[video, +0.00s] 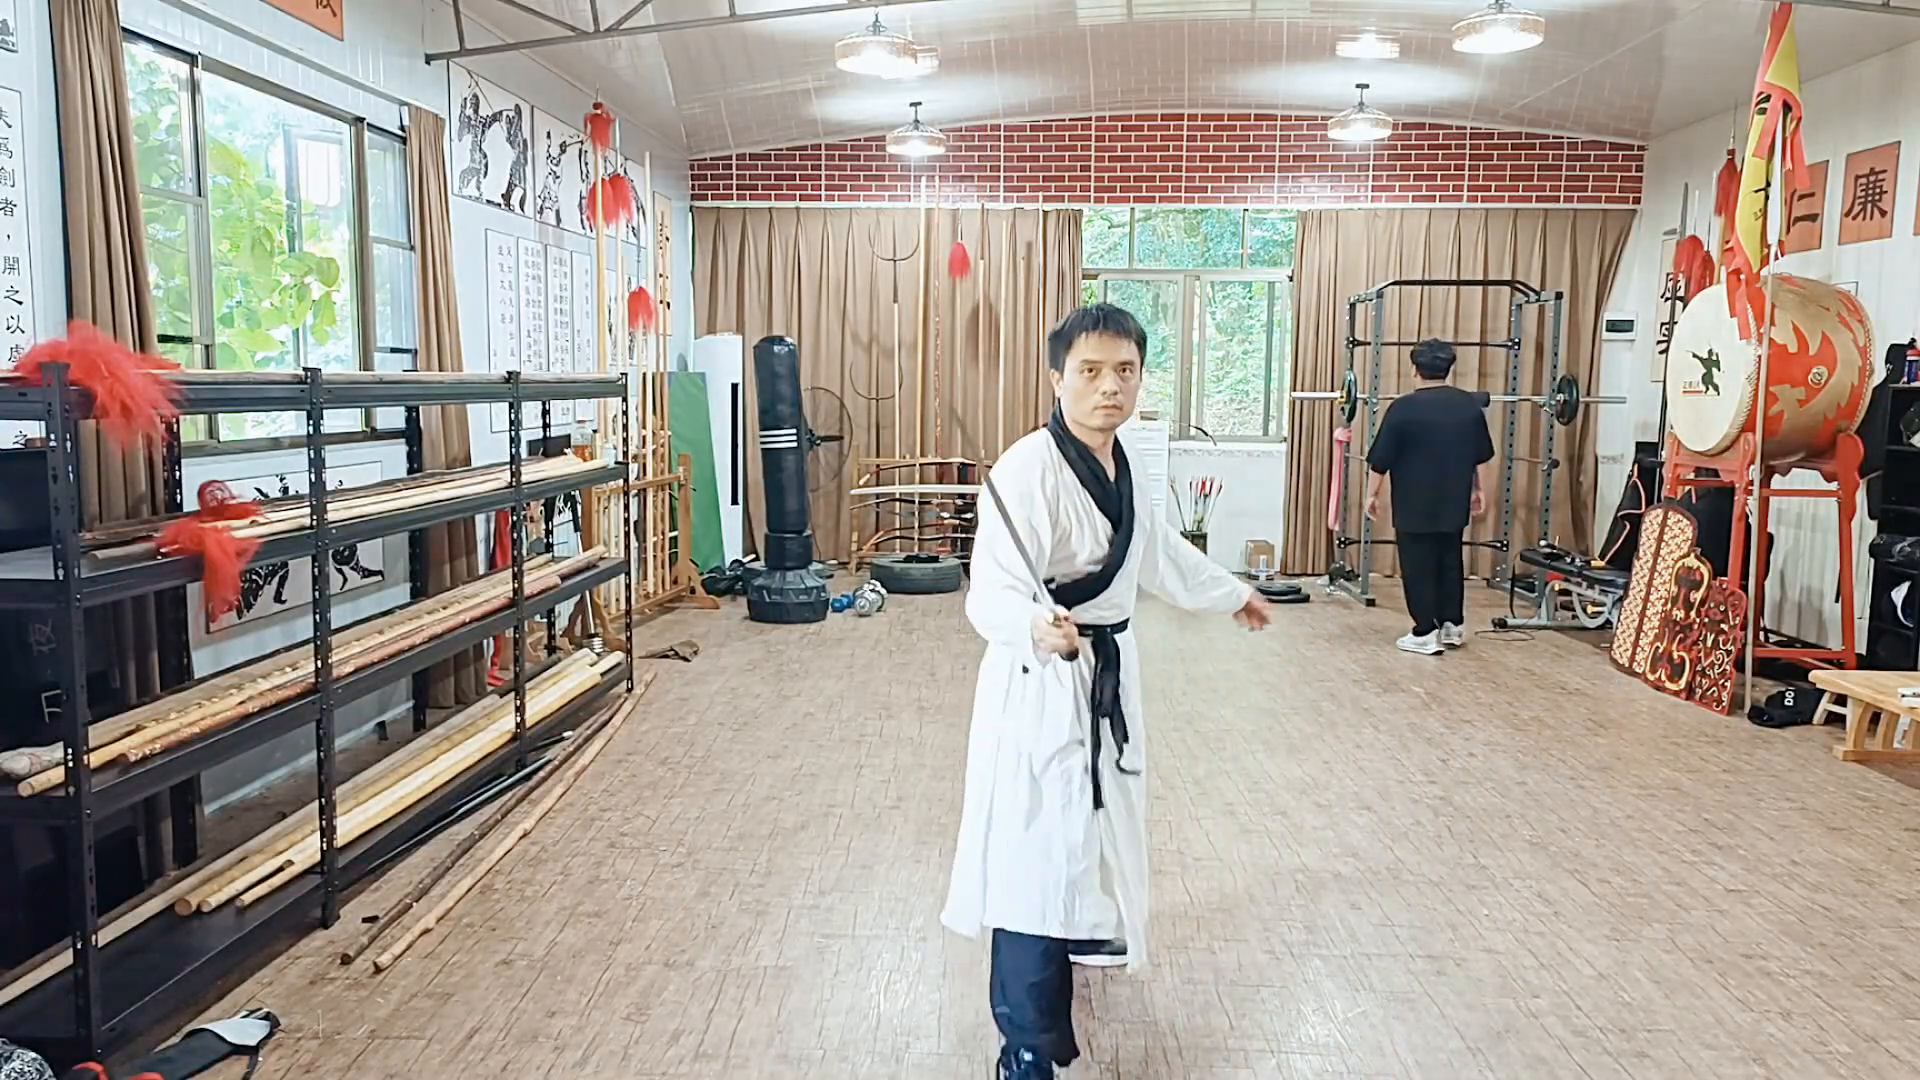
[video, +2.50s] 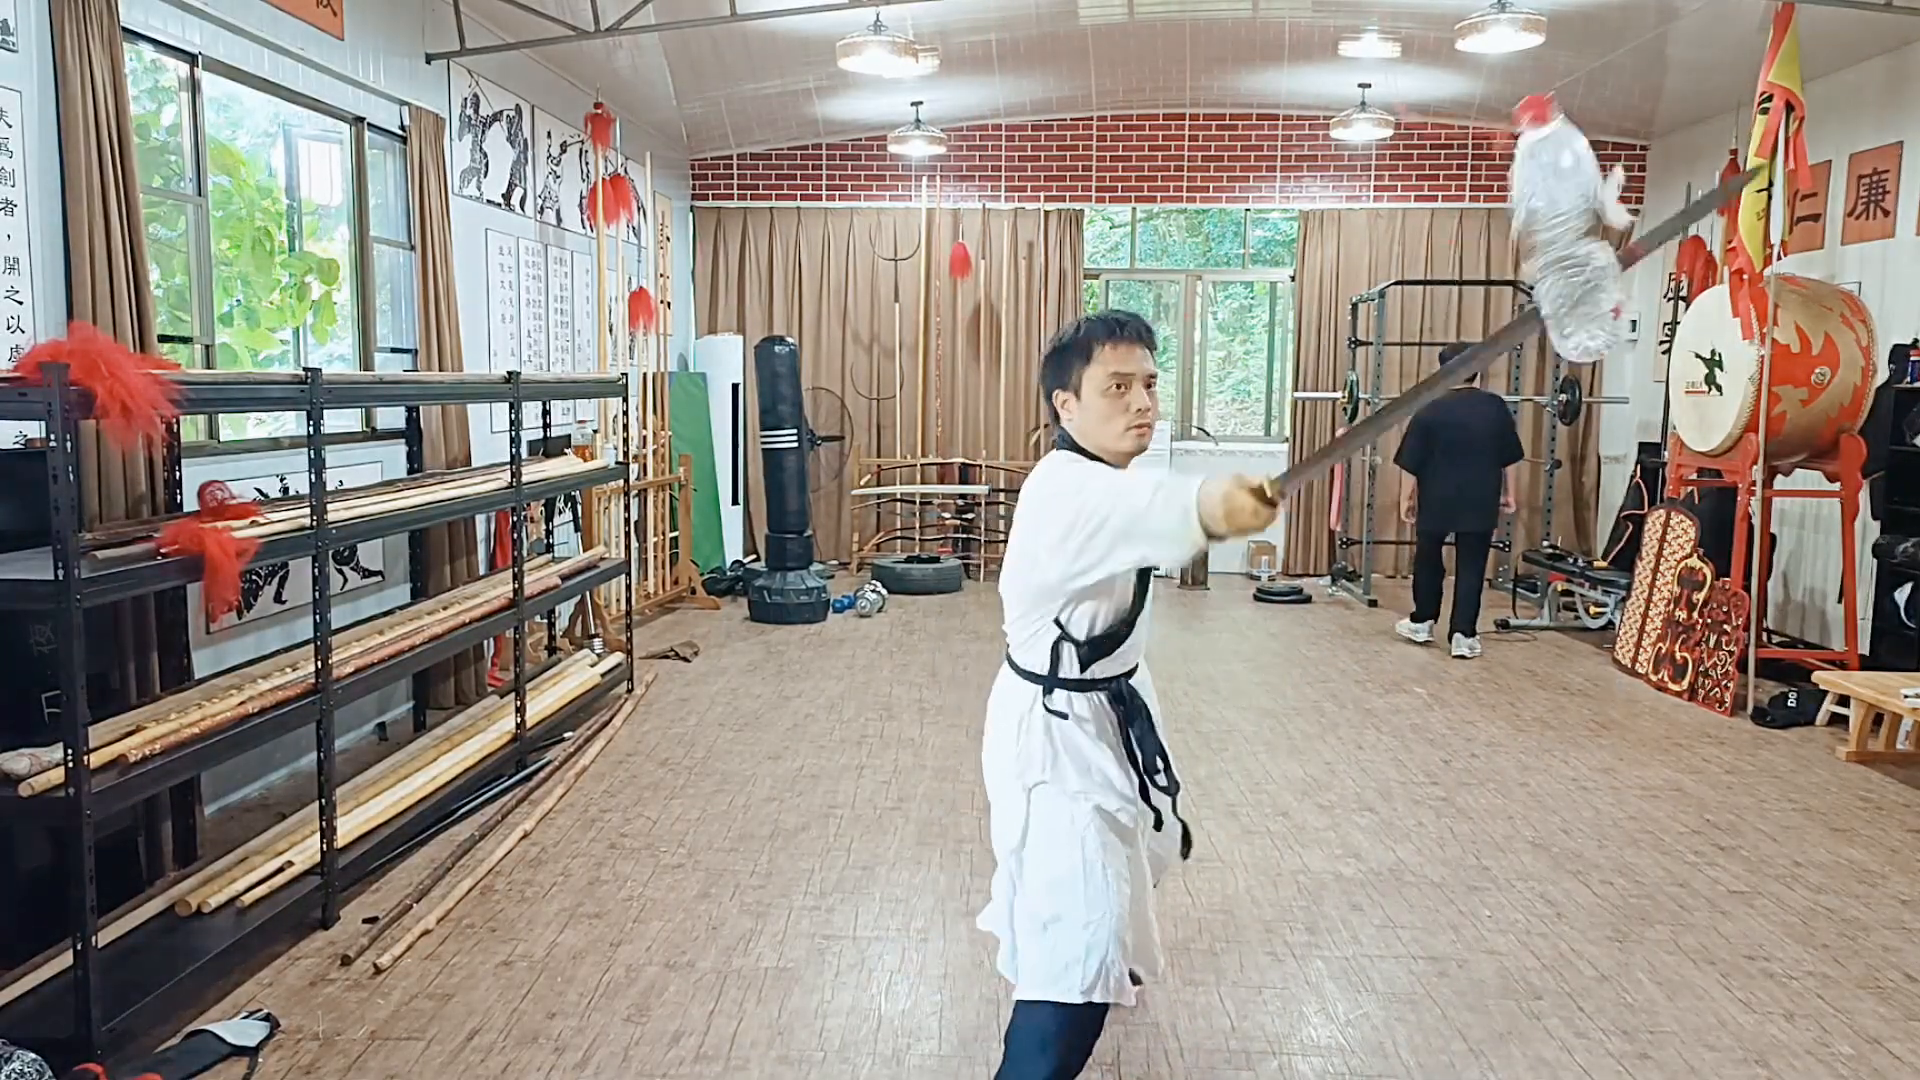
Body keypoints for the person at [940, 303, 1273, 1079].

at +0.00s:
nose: (1110, 386)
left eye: (1124, 370)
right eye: (1091, 370)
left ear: (1140, 380)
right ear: (1058, 379)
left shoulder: (1135, 457)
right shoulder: (1022, 474)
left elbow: (1156, 549)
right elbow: (994, 591)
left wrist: (1229, 591)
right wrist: (1037, 626)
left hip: (1108, 666)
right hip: (1037, 673)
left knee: (1097, 817)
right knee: (1034, 844)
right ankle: (1028, 1049)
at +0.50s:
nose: (1110, 401)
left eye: (1124, 385)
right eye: (1091, 386)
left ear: (1141, 390)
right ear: (1060, 393)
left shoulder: (1145, 466)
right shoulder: (1031, 483)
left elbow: (1160, 573)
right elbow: (988, 599)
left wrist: (1217, 639)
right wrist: (1032, 633)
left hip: (1125, 672)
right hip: (1053, 681)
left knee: (1138, 816)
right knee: (1076, 850)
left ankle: (1099, 933)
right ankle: (1015, 1033)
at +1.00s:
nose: (1118, 395)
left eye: (1134, 376)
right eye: (1096, 377)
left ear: (1150, 388)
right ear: (1058, 389)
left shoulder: (1134, 467)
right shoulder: (1033, 473)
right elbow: (1029, 539)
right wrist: (1059, 542)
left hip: (1106, 686)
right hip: (1035, 696)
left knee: (1087, 863)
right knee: (1041, 878)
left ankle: (1033, 1041)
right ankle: (1015, 1050)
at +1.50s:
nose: (1119, 386)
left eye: (1133, 372)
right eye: (1100, 372)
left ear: (1149, 388)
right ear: (1067, 387)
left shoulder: (1136, 471)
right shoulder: (1032, 486)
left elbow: (1131, 578)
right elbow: (979, 606)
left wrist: (1168, 650)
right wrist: (1003, 684)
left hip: (1118, 682)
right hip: (1048, 688)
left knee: (1127, 827)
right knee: (1032, 863)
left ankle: (1083, 945)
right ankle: (1027, 1061)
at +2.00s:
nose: (1100, 372)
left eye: (1109, 358)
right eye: (1081, 361)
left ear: (1122, 368)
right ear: (1050, 374)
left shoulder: (1110, 451)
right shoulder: (1027, 462)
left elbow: (1115, 552)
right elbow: (1004, 573)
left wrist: (1166, 604)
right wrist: (1058, 617)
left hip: (1100, 657)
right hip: (1046, 669)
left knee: (1093, 783)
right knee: (1059, 815)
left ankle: (1077, 881)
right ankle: (1034, 979)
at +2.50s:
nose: (1142, 403)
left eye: (1149, 384)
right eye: (1118, 386)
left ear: (1158, 392)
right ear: (1065, 405)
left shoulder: (1112, 483)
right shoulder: (1064, 490)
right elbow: (1146, 510)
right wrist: (1213, 507)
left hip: (1105, 713)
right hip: (1053, 728)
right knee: (1068, 976)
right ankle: (1030, 1065)